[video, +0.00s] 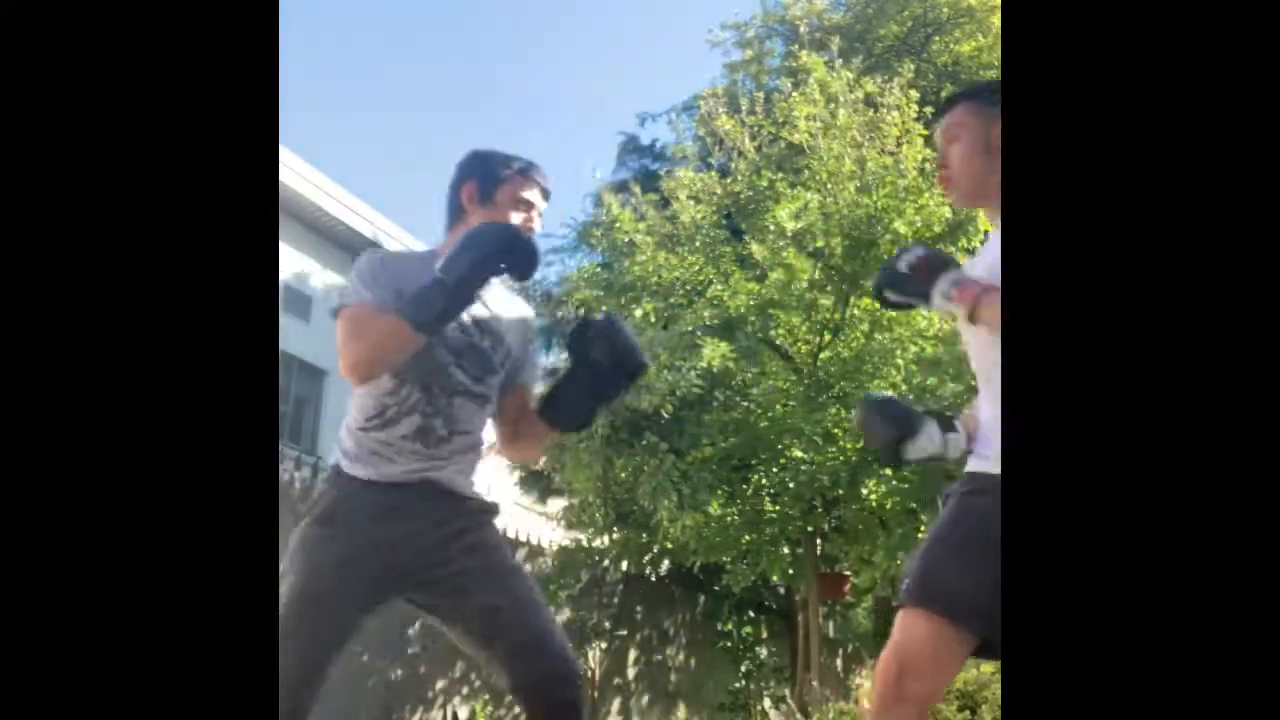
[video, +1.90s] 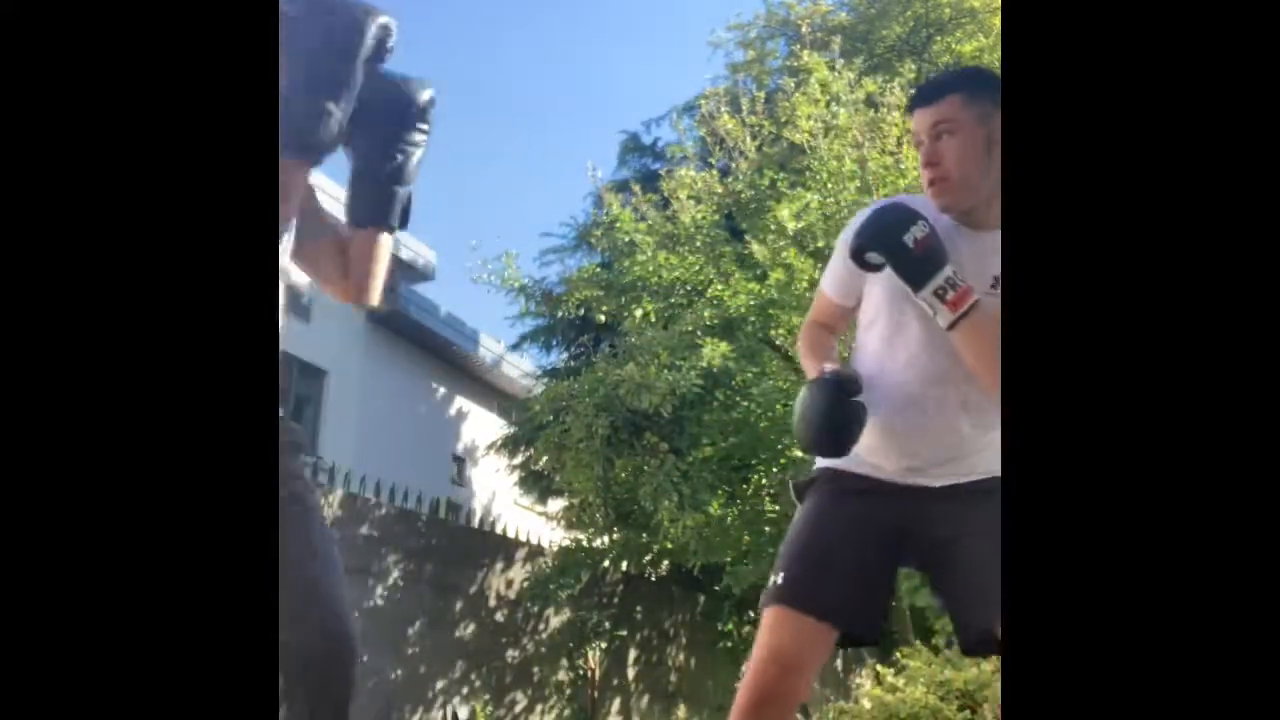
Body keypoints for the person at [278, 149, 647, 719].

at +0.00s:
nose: (534, 223)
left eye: (539, 214)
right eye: (522, 205)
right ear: (470, 198)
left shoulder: (515, 316)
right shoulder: (385, 269)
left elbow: (519, 442)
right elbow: (358, 361)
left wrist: (581, 390)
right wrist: (454, 283)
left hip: (455, 522)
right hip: (357, 510)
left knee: (555, 680)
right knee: (286, 686)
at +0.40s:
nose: (458, 224)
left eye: (463, 213)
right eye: (447, 206)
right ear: (395, 196)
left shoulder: (451, 296)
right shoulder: (315, 282)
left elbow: (505, 399)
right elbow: (330, 384)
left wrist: (539, 323)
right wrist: (404, 292)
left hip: (424, 519)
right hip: (321, 511)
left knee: (471, 700)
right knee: (279, 682)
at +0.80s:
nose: (379, 226)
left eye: (386, 217)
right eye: (367, 208)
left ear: (387, 226)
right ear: (316, 199)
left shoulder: (372, 296)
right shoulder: (283, 276)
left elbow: (418, 407)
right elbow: (284, 376)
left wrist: (454, 320)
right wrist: (305, 302)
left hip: (338, 507)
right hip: (289, 500)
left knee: (400, 693)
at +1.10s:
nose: (379, 206)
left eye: (386, 194)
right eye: (368, 185)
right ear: (315, 168)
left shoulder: (365, 266)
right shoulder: (283, 256)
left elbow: (468, 312)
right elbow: (285, 371)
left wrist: (561, 291)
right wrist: (318, 270)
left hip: (320, 489)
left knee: (362, 673)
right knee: (277, 677)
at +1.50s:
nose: (385, 147)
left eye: (391, 135)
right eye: (374, 125)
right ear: (313, 103)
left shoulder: (374, 227)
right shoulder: (284, 206)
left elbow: (431, 340)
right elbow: (284, 294)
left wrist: (511, 285)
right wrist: (310, 217)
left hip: (324, 474)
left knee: (356, 683)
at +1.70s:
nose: (319, 126)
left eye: (325, 115)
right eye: (308, 103)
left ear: (325, 121)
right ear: (277, 86)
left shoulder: (297, 225)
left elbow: (331, 334)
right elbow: (330, 333)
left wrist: (403, 266)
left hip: (288, 454)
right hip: (289, 454)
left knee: (342, 684)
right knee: (337, 683)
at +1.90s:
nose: (352, 77)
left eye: (356, 65)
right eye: (343, 59)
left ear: (326, 82)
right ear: (299, 64)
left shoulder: (292, 178)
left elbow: (359, 282)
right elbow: (359, 280)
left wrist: (382, 161)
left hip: (282, 432)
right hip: (281, 435)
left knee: (321, 650)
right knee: (318, 652)